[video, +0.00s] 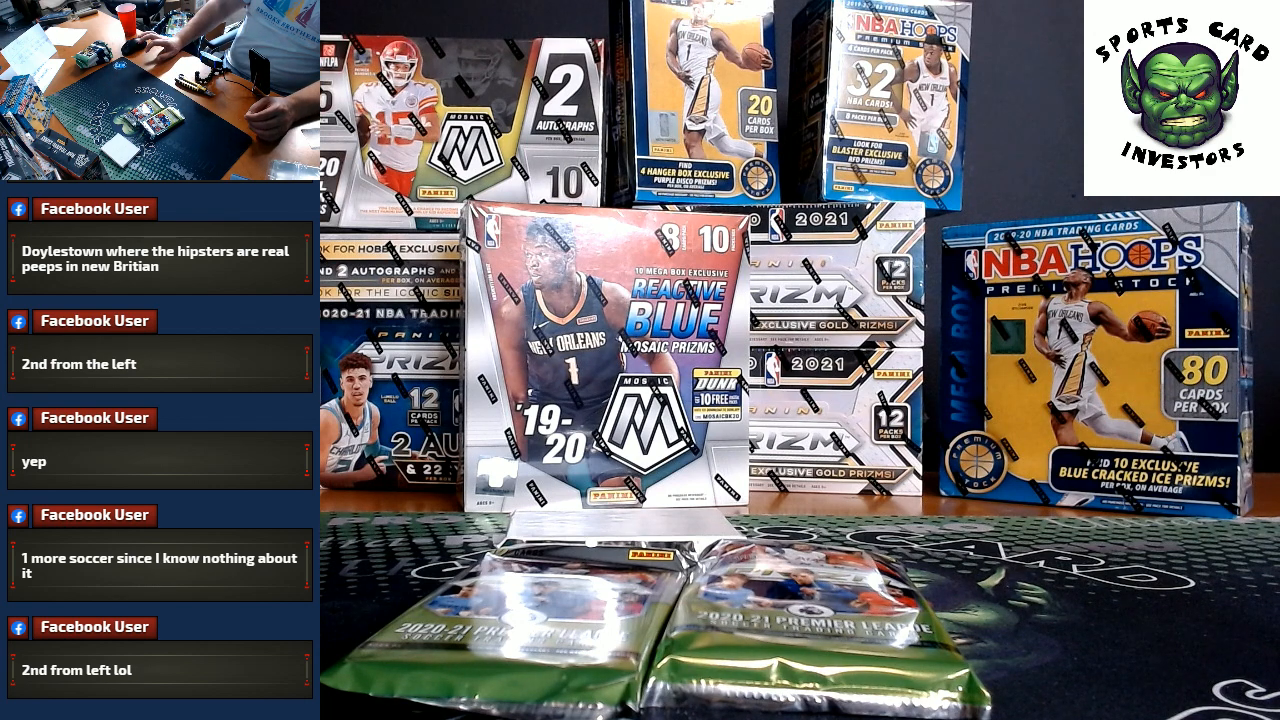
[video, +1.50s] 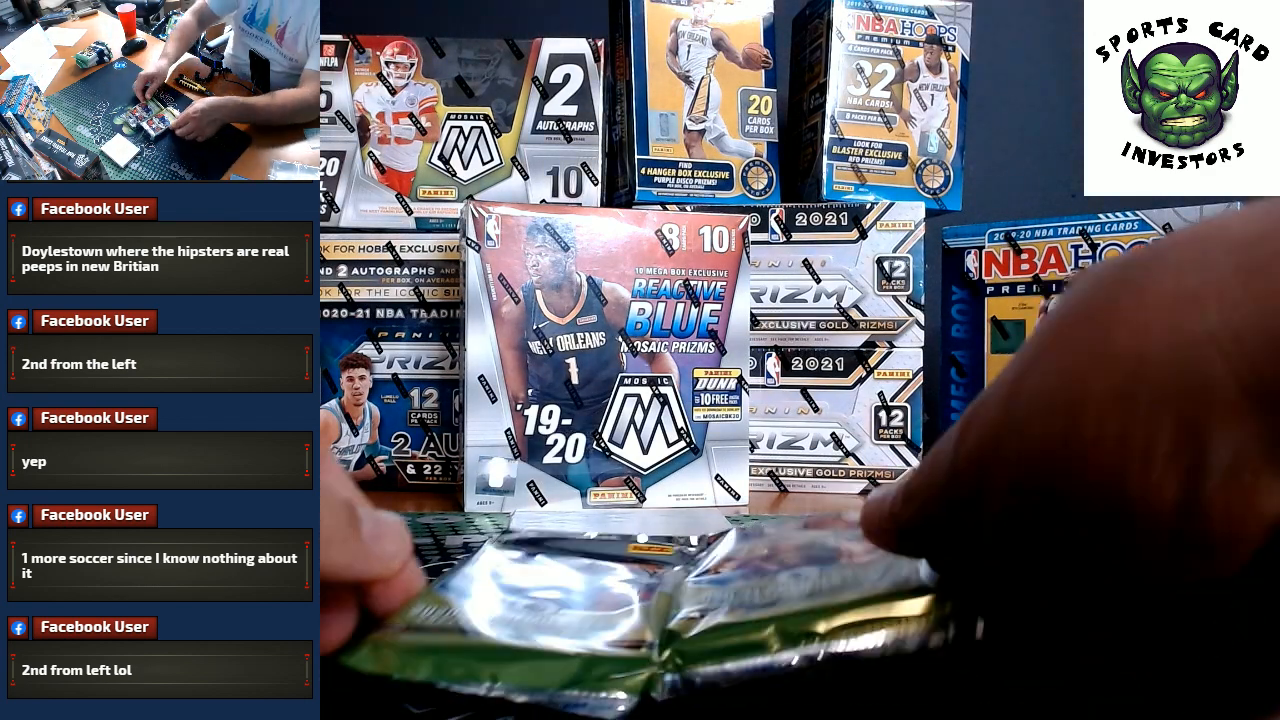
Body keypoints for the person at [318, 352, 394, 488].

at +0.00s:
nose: (356, 385)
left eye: (362, 378)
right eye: (350, 379)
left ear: (370, 382)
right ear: (341, 383)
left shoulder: (372, 413)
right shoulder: (325, 419)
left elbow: (373, 450)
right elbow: (317, 477)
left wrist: (406, 456)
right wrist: (360, 475)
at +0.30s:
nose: (356, 385)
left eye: (362, 378)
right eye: (350, 379)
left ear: (370, 382)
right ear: (341, 383)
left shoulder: (372, 413)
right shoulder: (325, 419)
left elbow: (373, 450)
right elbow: (317, 477)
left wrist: (406, 456)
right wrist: (360, 475)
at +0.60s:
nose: (356, 385)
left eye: (362, 378)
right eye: (350, 379)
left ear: (370, 382)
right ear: (341, 383)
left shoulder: (372, 413)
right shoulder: (325, 419)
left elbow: (373, 450)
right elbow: (316, 477)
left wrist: (406, 456)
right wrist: (360, 475)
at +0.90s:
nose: (356, 385)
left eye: (362, 378)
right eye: (350, 379)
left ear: (370, 382)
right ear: (341, 383)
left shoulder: (372, 413)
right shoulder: (325, 419)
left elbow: (373, 450)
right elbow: (317, 477)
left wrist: (407, 456)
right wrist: (360, 475)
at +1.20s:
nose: (356, 385)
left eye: (362, 378)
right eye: (350, 379)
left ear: (370, 382)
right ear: (341, 383)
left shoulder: (372, 413)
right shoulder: (325, 419)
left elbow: (373, 450)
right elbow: (316, 478)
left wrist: (405, 456)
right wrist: (360, 475)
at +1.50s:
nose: (356, 385)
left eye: (362, 378)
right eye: (350, 379)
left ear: (370, 382)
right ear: (342, 383)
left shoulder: (372, 413)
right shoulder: (325, 419)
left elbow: (374, 450)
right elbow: (321, 475)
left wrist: (407, 455)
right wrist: (360, 475)